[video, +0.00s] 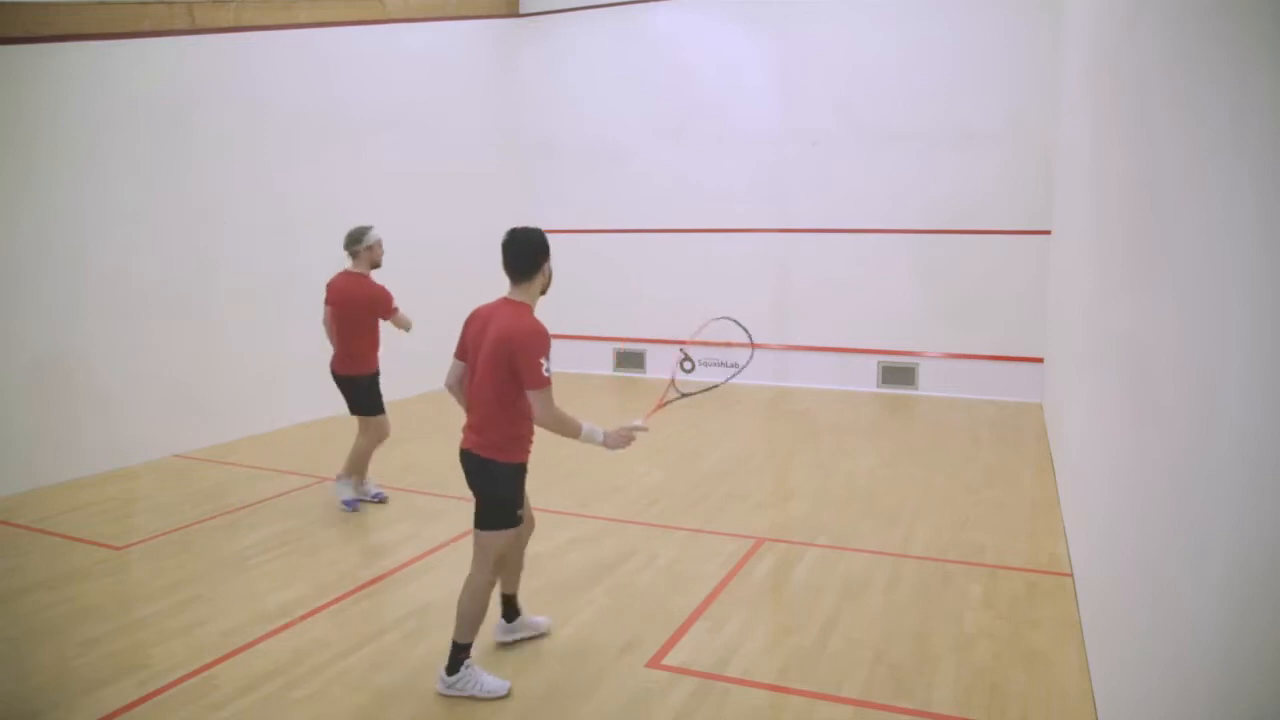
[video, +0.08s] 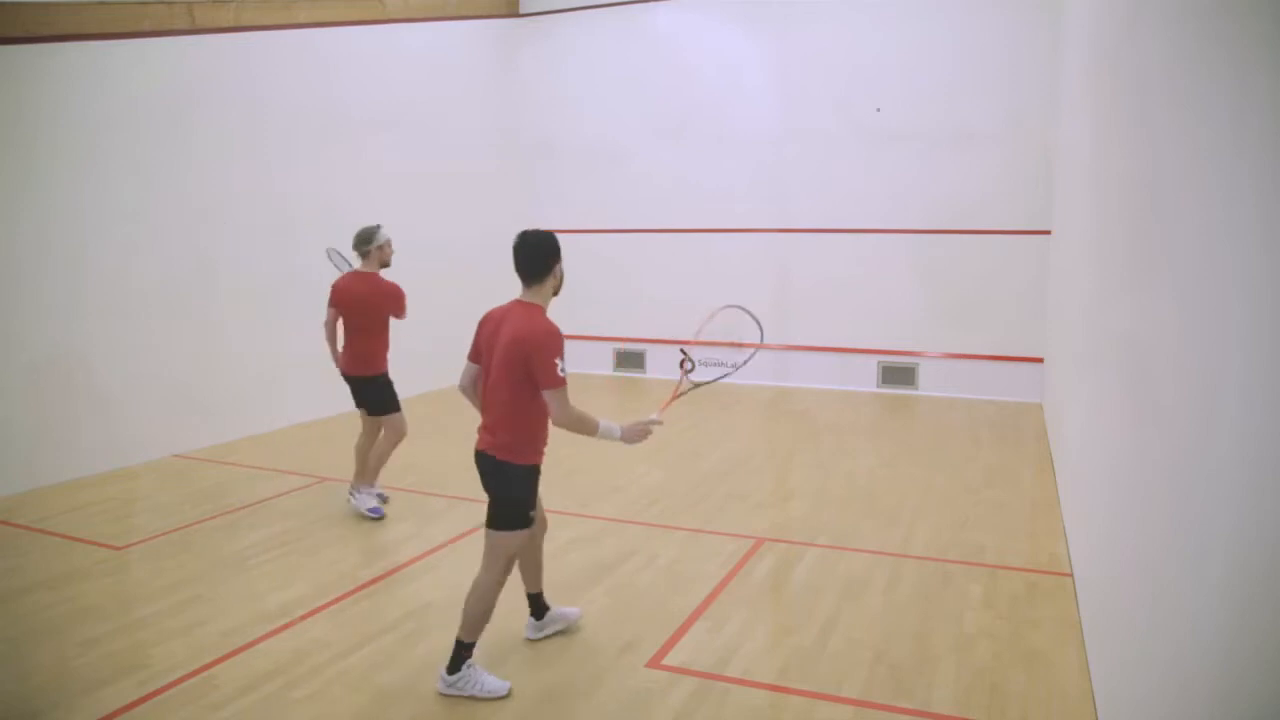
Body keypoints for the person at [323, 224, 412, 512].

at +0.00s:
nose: (383, 251)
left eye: (381, 246)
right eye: (378, 246)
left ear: (356, 252)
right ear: (364, 251)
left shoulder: (335, 284)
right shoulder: (375, 292)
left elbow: (328, 322)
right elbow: (402, 323)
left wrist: (339, 348)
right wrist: (404, 319)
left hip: (343, 368)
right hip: (363, 371)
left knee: (369, 428)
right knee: (377, 430)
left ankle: (361, 482)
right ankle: (345, 480)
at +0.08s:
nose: (392, 251)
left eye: (390, 245)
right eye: (388, 246)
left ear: (362, 252)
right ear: (376, 251)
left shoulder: (341, 284)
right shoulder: (388, 289)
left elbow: (330, 322)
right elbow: (400, 312)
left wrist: (335, 355)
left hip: (352, 367)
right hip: (374, 370)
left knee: (371, 428)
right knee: (396, 429)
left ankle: (359, 487)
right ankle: (365, 488)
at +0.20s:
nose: (405, 251)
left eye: (403, 245)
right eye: (401, 246)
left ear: (374, 252)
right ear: (391, 250)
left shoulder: (354, 284)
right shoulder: (406, 288)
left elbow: (338, 325)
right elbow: (408, 310)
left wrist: (335, 359)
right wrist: (381, 287)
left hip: (363, 371)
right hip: (390, 375)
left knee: (378, 426)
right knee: (412, 433)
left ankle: (357, 486)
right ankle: (398, 504)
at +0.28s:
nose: (413, 249)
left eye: (412, 244)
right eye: (410, 245)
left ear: (383, 252)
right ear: (398, 250)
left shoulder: (363, 285)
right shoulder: (415, 287)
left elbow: (347, 328)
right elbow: (420, 308)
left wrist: (339, 363)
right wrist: (392, 283)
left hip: (373, 374)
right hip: (401, 376)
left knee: (389, 428)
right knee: (419, 437)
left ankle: (360, 482)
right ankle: (399, 507)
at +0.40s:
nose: (427, 248)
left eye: (425, 243)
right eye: (423, 244)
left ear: (397, 252)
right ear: (411, 250)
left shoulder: (376, 286)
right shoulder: (430, 288)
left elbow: (360, 330)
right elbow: (436, 312)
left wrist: (351, 368)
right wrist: (409, 285)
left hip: (385, 374)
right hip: (412, 377)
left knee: (413, 429)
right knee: (428, 439)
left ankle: (384, 480)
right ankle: (401, 506)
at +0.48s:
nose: (436, 246)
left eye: (433, 241)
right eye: (431, 242)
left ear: (404, 250)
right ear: (419, 248)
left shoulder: (383, 285)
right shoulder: (437, 286)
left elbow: (368, 329)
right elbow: (445, 314)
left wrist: (360, 367)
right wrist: (419, 290)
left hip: (393, 374)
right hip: (419, 376)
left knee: (434, 427)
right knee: (430, 433)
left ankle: (404, 491)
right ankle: (404, 503)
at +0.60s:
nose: (448, 242)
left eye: (445, 236)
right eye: (442, 237)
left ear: (418, 245)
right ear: (427, 244)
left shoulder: (396, 281)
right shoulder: (448, 282)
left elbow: (381, 325)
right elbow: (461, 317)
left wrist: (374, 363)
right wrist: (442, 312)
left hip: (407, 371)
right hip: (432, 375)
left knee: (446, 431)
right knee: (431, 438)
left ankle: (444, 502)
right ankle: (404, 502)